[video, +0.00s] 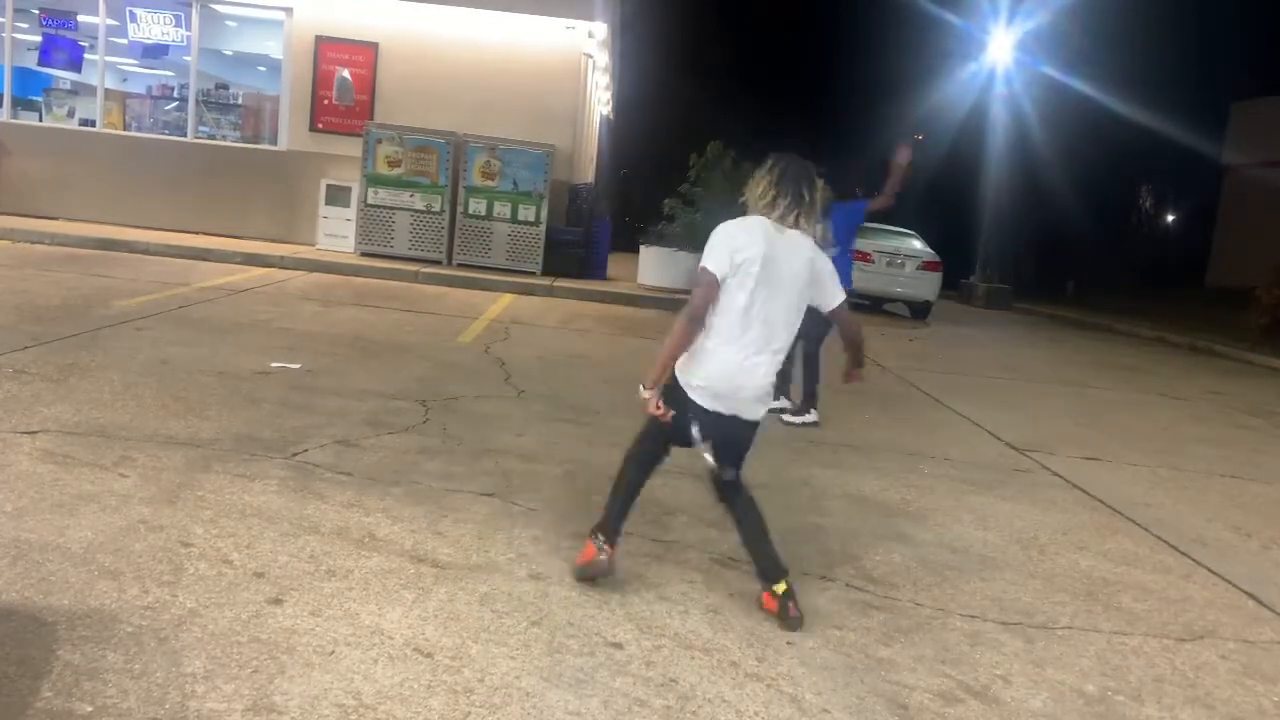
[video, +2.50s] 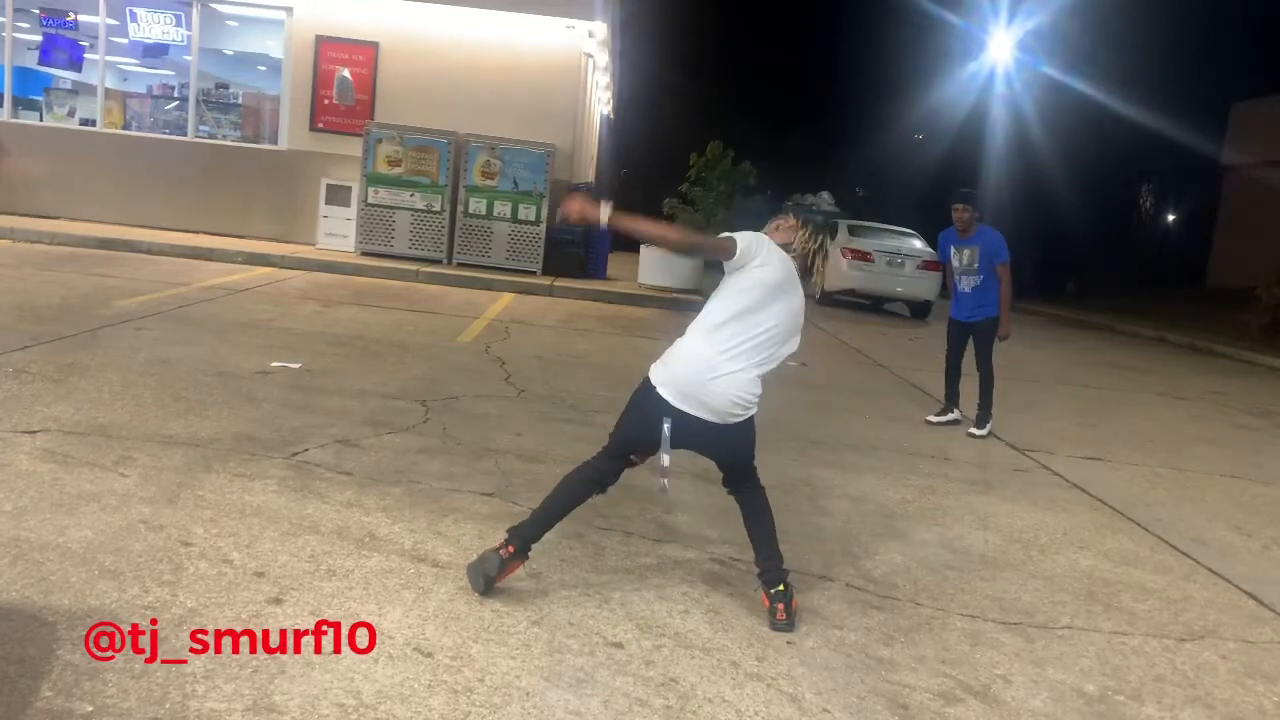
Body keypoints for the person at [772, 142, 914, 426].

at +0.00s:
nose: (811, 197)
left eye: (813, 192)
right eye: (809, 193)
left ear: (820, 194)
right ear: (809, 195)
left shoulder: (841, 212)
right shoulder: (795, 216)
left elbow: (885, 200)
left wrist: (898, 167)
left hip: (831, 292)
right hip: (802, 290)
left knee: (809, 345)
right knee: (785, 341)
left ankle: (808, 406)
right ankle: (780, 395)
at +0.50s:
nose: (889, 203)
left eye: (894, 198)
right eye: (885, 198)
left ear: (901, 201)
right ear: (879, 201)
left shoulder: (917, 226)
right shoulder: (874, 226)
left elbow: (925, 265)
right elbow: (865, 263)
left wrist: (927, 299)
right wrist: (846, 288)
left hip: (904, 298)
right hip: (877, 297)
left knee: (890, 352)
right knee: (859, 345)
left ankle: (898, 412)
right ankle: (847, 400)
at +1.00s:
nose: (935, 219)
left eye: (940, 214)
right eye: (931, 214)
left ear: (949, 215)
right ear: (927, 215)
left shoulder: (966, 238)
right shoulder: (925, 238)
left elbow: (981, 272)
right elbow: (919, 273)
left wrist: (977, 300)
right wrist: (912, 301)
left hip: (955, 310)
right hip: (931, 309)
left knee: (941, 359)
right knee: (927, 360)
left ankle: (931, 412)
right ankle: (931, 409)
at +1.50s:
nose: (969, 221)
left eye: (974, 216)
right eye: (965, 216)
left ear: (984, 218)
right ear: (960, 218)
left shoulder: (1003, 243)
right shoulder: (953, 242)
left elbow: (1015, 278)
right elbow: (957, 274)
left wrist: (1014, 316)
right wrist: (958, 301)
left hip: (992, 314)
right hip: (964, 311)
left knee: (985, 363)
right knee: (948, 358)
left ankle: (985, 418)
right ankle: (949, 407)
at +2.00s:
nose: (963, 218)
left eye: (968, 213)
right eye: (959, 213)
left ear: (980, 215)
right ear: (955, 215)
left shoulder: (997, 241)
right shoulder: (950, 240)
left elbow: (1008, 281)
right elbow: (953, 276)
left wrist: (1006, 321)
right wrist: (957, 305)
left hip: (988, 315)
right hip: (961, 313)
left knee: (984, 365)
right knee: (951, 360)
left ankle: (983, 419)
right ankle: (951, 408)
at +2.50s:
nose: (959, 216)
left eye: (964, 211)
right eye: (955, 210)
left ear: (975, 213)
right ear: (951, 213)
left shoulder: (993, 239)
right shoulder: (946, 238)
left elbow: (1005, 278)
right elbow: (949, 274)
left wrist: (1004, 320)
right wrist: (955, 302)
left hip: (986, 315)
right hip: (959, 313)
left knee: (984, 366)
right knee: (952, 361)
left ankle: (983, 418)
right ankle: (951, 408)